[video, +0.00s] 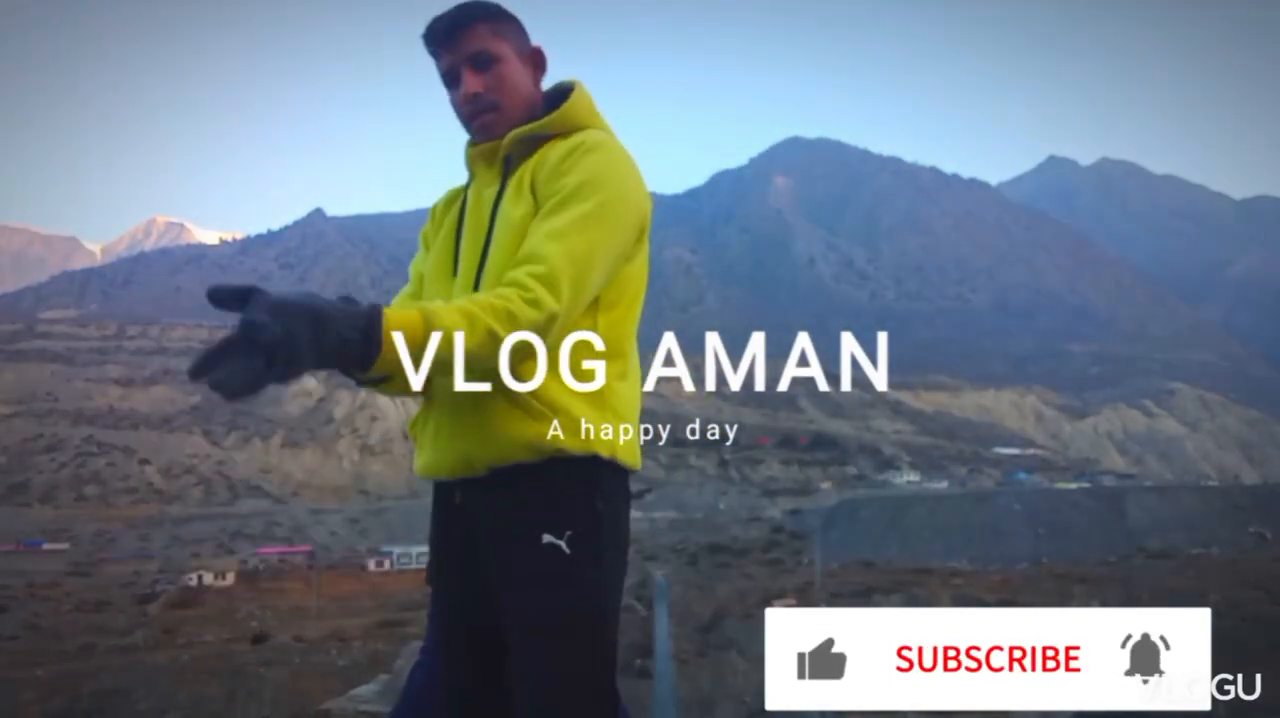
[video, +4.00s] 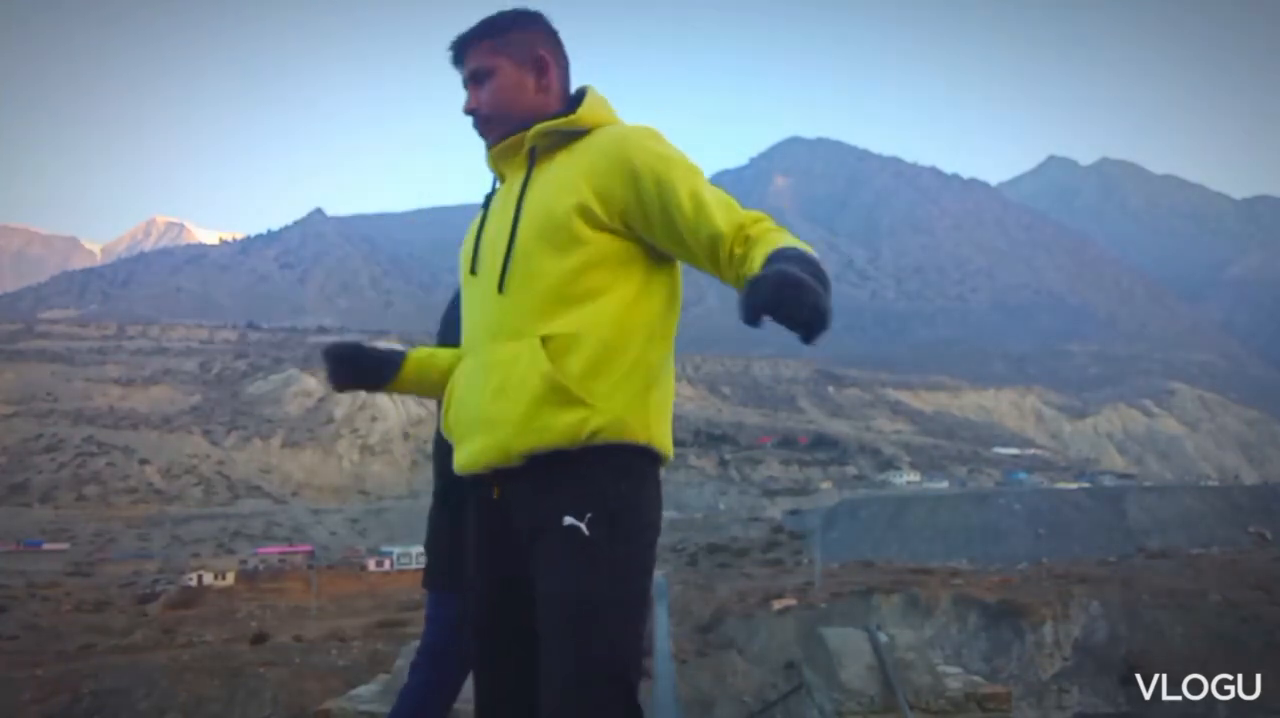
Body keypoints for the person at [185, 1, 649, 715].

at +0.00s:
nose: (470, 87)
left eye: (486, 64)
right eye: (453, 77)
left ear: (535, 64)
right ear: (447, 94)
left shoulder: (595, 168)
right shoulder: (451, 211)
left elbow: (522, 320)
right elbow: (420, 345)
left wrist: (354, 333)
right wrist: (318, 335)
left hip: (561, 484)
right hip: (464, 489)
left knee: (564, 699)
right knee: (465, 696)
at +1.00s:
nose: (520, 100)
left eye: (541, 83)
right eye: (505, 86)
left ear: (581, 100)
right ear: (492, 106)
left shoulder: (618, 196)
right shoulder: (458, 222)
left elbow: (530, 312)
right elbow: (412, 354)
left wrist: (399, 264)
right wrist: (364, 283)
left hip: (567, 498)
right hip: (460, 500)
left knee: (578, 698)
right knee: (465, 697)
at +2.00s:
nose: (483, 98)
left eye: (504, 78)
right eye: (470, 84)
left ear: (554, 96)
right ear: (460, 106)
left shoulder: (616, 187)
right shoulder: (439, 212)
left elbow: (730, 151)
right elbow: (319, 207)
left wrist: (645, 88)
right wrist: (410, 132)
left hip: (574, 496)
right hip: (457, 500)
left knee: (587, 698)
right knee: (474, 696)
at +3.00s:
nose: (516, 92)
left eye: (537, 77)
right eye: (502, 82)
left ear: (577, 98)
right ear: (489, 106)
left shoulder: (611, 196)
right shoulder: (449, 223)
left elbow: (725, 283)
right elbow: (337, 328)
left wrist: (622, 167)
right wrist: (325, 227)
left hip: (579, 498)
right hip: (460, 501)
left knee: (589, 697)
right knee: (458, 695)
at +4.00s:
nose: (467, 102)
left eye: (481, 78)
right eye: (465, 85)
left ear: (544, 70)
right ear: (526, 78)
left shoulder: (616, 152)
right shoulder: (491, 214)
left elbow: (735, 233)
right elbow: (495, 370)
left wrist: (782, 265)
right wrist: (390, 368)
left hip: (594, 479)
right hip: (497, 488)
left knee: (588, 696)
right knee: (504, 697)